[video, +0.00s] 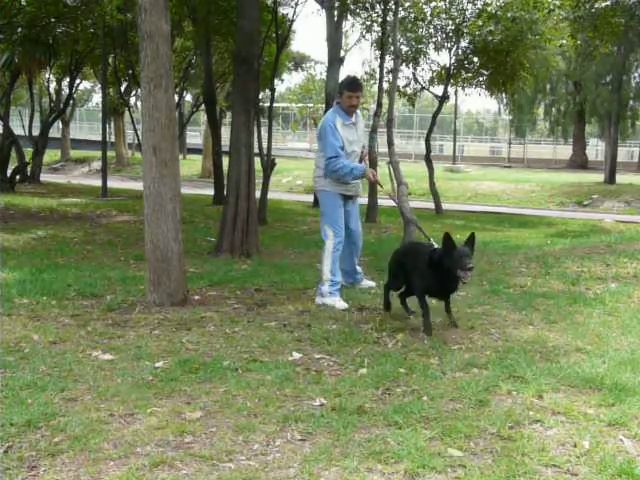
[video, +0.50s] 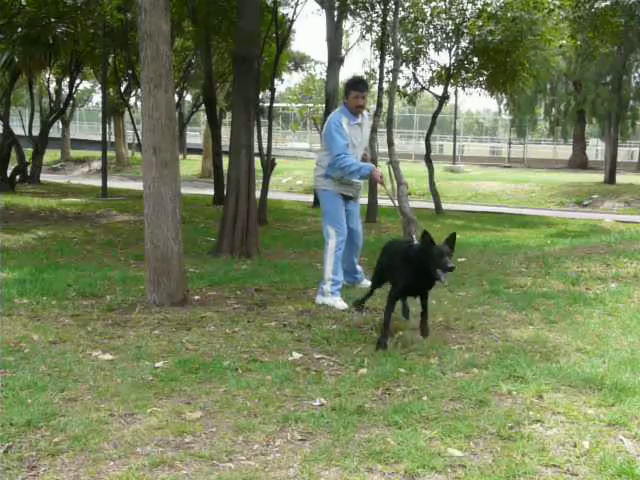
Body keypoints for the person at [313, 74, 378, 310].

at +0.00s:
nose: (355, 102)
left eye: (358, 97)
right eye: (350, 97)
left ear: (362, 98)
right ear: (340, 97)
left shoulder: (357, 120)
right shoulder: (330, 122)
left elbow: (355, 147)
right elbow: (333, 164)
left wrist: (361, 154)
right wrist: (362, 171)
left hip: (350, 186)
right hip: (329, 186)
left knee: (354, 232)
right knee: (335, 236)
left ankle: (352, 275)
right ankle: (328, 291)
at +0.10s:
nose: (356, 102)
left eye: (359, 98)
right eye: (351, 97)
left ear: (363, 98)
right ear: (341, 97)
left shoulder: (357, 120)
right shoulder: (332, 122)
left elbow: (353, 149)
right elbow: (335, 163)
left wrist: (362, 157)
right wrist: (365, 170)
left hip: (349, 185)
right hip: (330, 186)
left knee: (353, 232)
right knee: (335, 236)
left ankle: (351, 274)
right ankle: (328, 291)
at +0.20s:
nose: (357, 102)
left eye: (361, 98)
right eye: (353, 98)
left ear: (364, 98)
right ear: (343, 97)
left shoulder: (359, 120)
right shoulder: (333, 122)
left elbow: (355, 150)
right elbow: (335, 163)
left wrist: (363, 159)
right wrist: (365, 170)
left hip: (350, 185)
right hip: (330, 185)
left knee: (353, 232)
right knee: (335, 236)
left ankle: (351, 274)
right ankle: (328, 291)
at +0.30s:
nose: (359, 102)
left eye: (362, 98)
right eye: (354, 98)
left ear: (365, 98)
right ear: (344, 97)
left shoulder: (360, 119)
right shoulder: (333, 122)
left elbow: (356, 149)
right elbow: (336, 163)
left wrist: (363, 160)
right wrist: (365, 171)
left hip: (350, 185)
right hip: (329, 185)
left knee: (353, 233)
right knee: (335, 235)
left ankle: (351, 274)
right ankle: (328, 290)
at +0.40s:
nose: (359, 102)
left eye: (362, 98)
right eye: (355, 98)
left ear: (365, 98)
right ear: (344, 97)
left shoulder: (362, 119)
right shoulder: (334, 122)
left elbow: (358, 150)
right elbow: (338, 162)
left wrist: (365, 165)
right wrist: (366, 170)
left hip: (350, 184)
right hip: (330, 183)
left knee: (354, 232)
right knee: (335, 234)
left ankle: (351, 274)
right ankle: (328, 290)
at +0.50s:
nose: (361, 102)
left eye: (364, 97)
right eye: (357, 97)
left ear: (367, 98)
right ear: (346, 97)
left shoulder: (364, 120)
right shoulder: (336, 122)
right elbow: (340, 160)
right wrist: (369, 170)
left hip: (351, 183)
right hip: (330, 183)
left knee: (355, 232)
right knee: (337, 233)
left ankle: (352, 274)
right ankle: (329, 291)